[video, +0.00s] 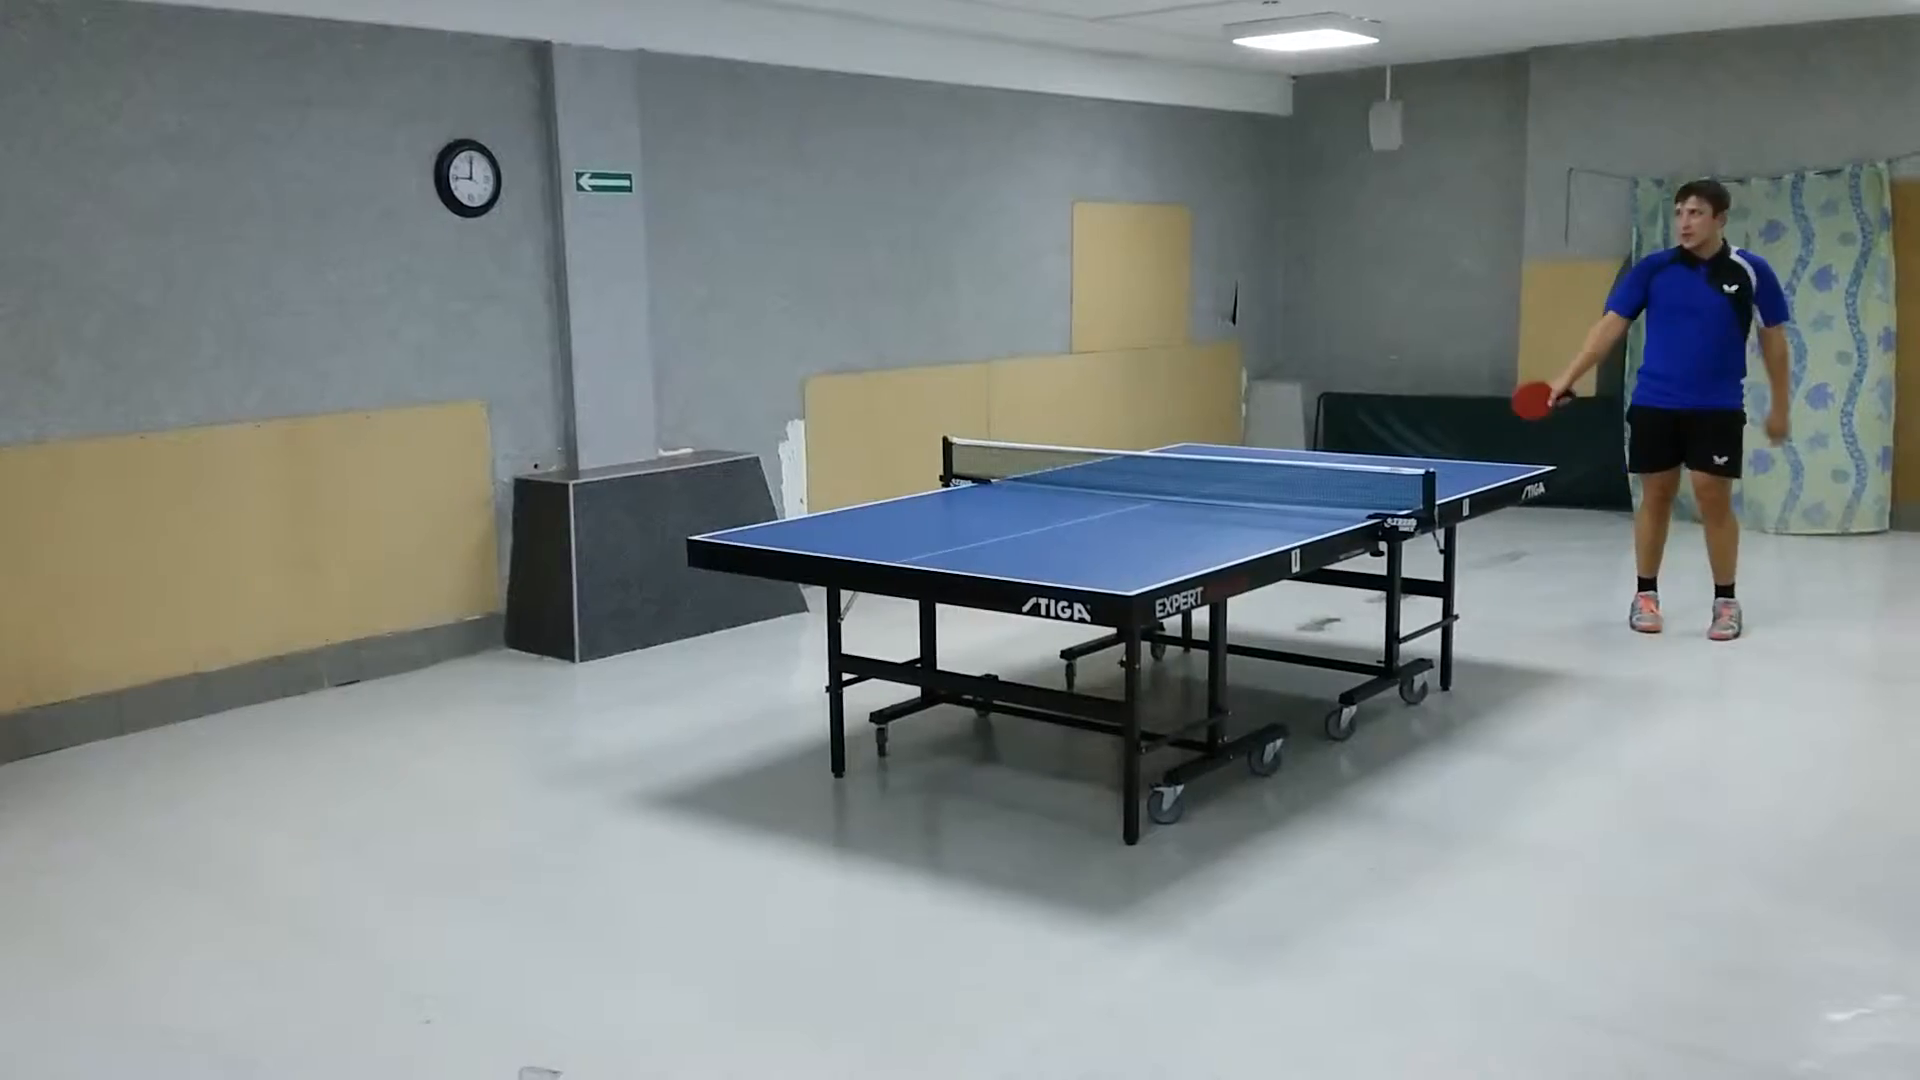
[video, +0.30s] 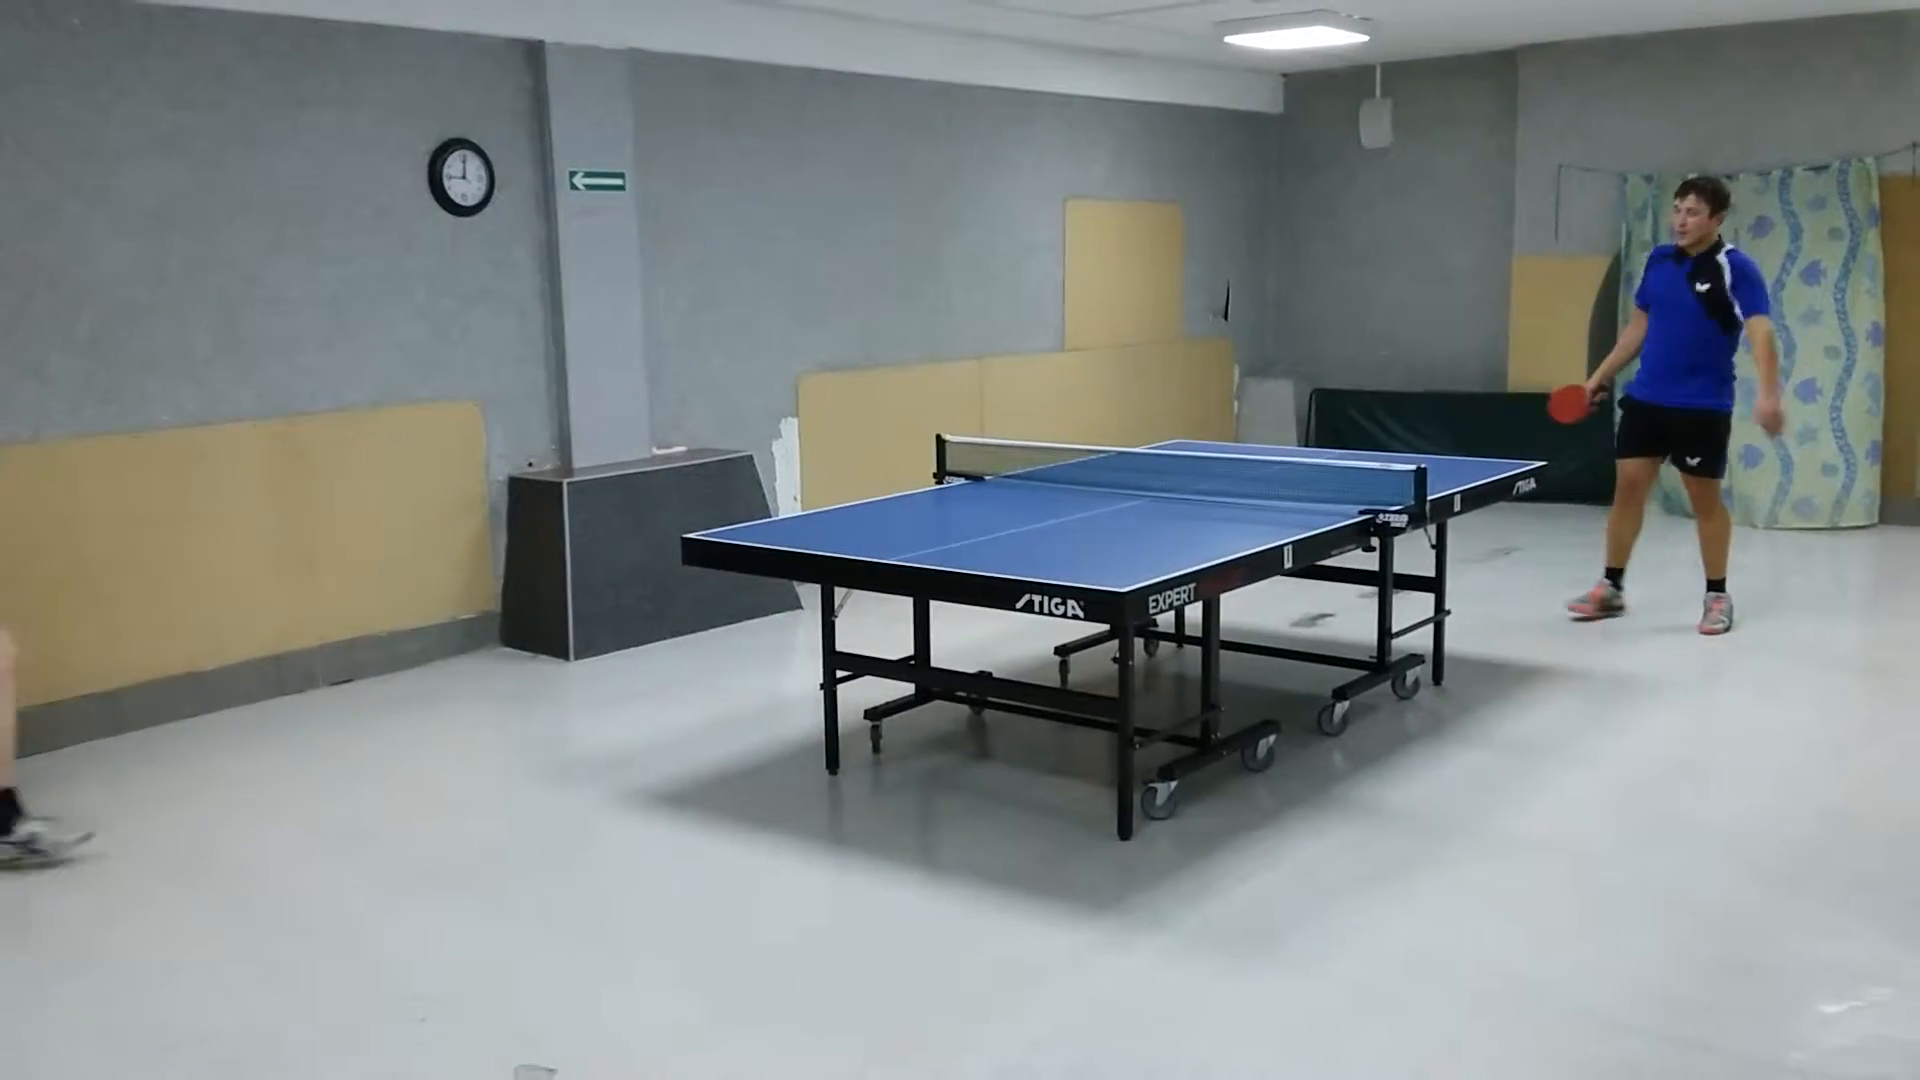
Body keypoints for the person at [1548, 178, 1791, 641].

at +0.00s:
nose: (1685, 221)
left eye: (1696, 213)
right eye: (1681, 213)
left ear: (1719, 220)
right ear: (1674, 219)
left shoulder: (1751, 272)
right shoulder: (1650, 269)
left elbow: (1773, 337)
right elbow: (1609, 325)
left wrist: (1780, 408)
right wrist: (1569, 376)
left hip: (1717, 409)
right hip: (1655, 405)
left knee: (1713, 498)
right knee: (1656, 495)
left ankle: (1725, 602)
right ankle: (1646, 596)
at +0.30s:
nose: (1682, 219)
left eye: (1693, 212)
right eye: (1679, 211)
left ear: (1717, 219)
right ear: (1673, 215)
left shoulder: (1735, 267)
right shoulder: (1659, 260)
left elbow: (1760, 333)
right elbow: (1638, 327)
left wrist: (1768, 396)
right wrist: (1601, 374)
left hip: (1702, 403)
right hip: (1647, 397)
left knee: (1705, 501)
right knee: (1628, 485)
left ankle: (1716, 597)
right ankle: (1610, 587)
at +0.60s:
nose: (1660, 229)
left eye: (1671, 222)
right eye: (1652, 221)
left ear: (1684, 226)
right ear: (1640, 223)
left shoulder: (1691, 261)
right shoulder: (1623, 268)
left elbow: (1658, 256)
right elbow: (1614, 333)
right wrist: (1583, 384)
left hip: (1671, 406)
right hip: (1615, 403)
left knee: (1691, 498)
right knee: (1589, 488)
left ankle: (1710, 595)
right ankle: (1562, 587)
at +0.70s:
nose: (1620, 229)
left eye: (1629, 223)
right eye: (1615, 221)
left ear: (1648, 223)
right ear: (1610, 221)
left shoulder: (1664, 256)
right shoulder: (1598, 265)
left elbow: (1619, 220)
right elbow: (1587, 335)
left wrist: (1556, 194)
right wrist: (1557, 383)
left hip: (1646, 401)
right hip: (1590, 399)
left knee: (1668, 500)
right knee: (1571, 487)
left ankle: (1702, 592)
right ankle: (1556, 585)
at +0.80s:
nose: (1596, 222)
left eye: (1604, 215)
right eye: (1592, 214)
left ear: (1624, 218)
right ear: (1588, 219)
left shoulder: (1641, 252)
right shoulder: (1572, 263)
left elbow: (1597, 211)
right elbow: (1556, 330)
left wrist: (1541, 172)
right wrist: (1531, 380)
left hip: (1623, 397)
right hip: (1569, 396)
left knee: (1643, 494)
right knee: (1560, 483)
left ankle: (1690, 587)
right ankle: (1551, 583)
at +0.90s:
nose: (1575, 223)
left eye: (1584, 216)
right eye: (1572, 215)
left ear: (1604, 218)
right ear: (1565, 218)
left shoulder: (1625, 251)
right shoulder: (1553, 264)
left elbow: (1583, 211)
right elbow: (1533, 328)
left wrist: (1530, 168)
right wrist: (1505, 380)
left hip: (1610, 393)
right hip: (1556, 393)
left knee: (1619, 484)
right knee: (1554, 481)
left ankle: (1667, 582)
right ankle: (1551, 583)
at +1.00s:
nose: (1557, 226)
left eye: (1567, 219)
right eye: (1553, 217)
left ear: (1587, 222)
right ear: (1545, 219)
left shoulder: (1609, 257)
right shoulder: (1533, 268)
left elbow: (1582, 223)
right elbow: (1510, 331)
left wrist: (1525, 186)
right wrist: (1483, 383)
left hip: (1598, 391)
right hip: (1544, 393)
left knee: (1596, 482)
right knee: (1547, 483)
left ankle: (1626, 584)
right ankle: (1548, 585)